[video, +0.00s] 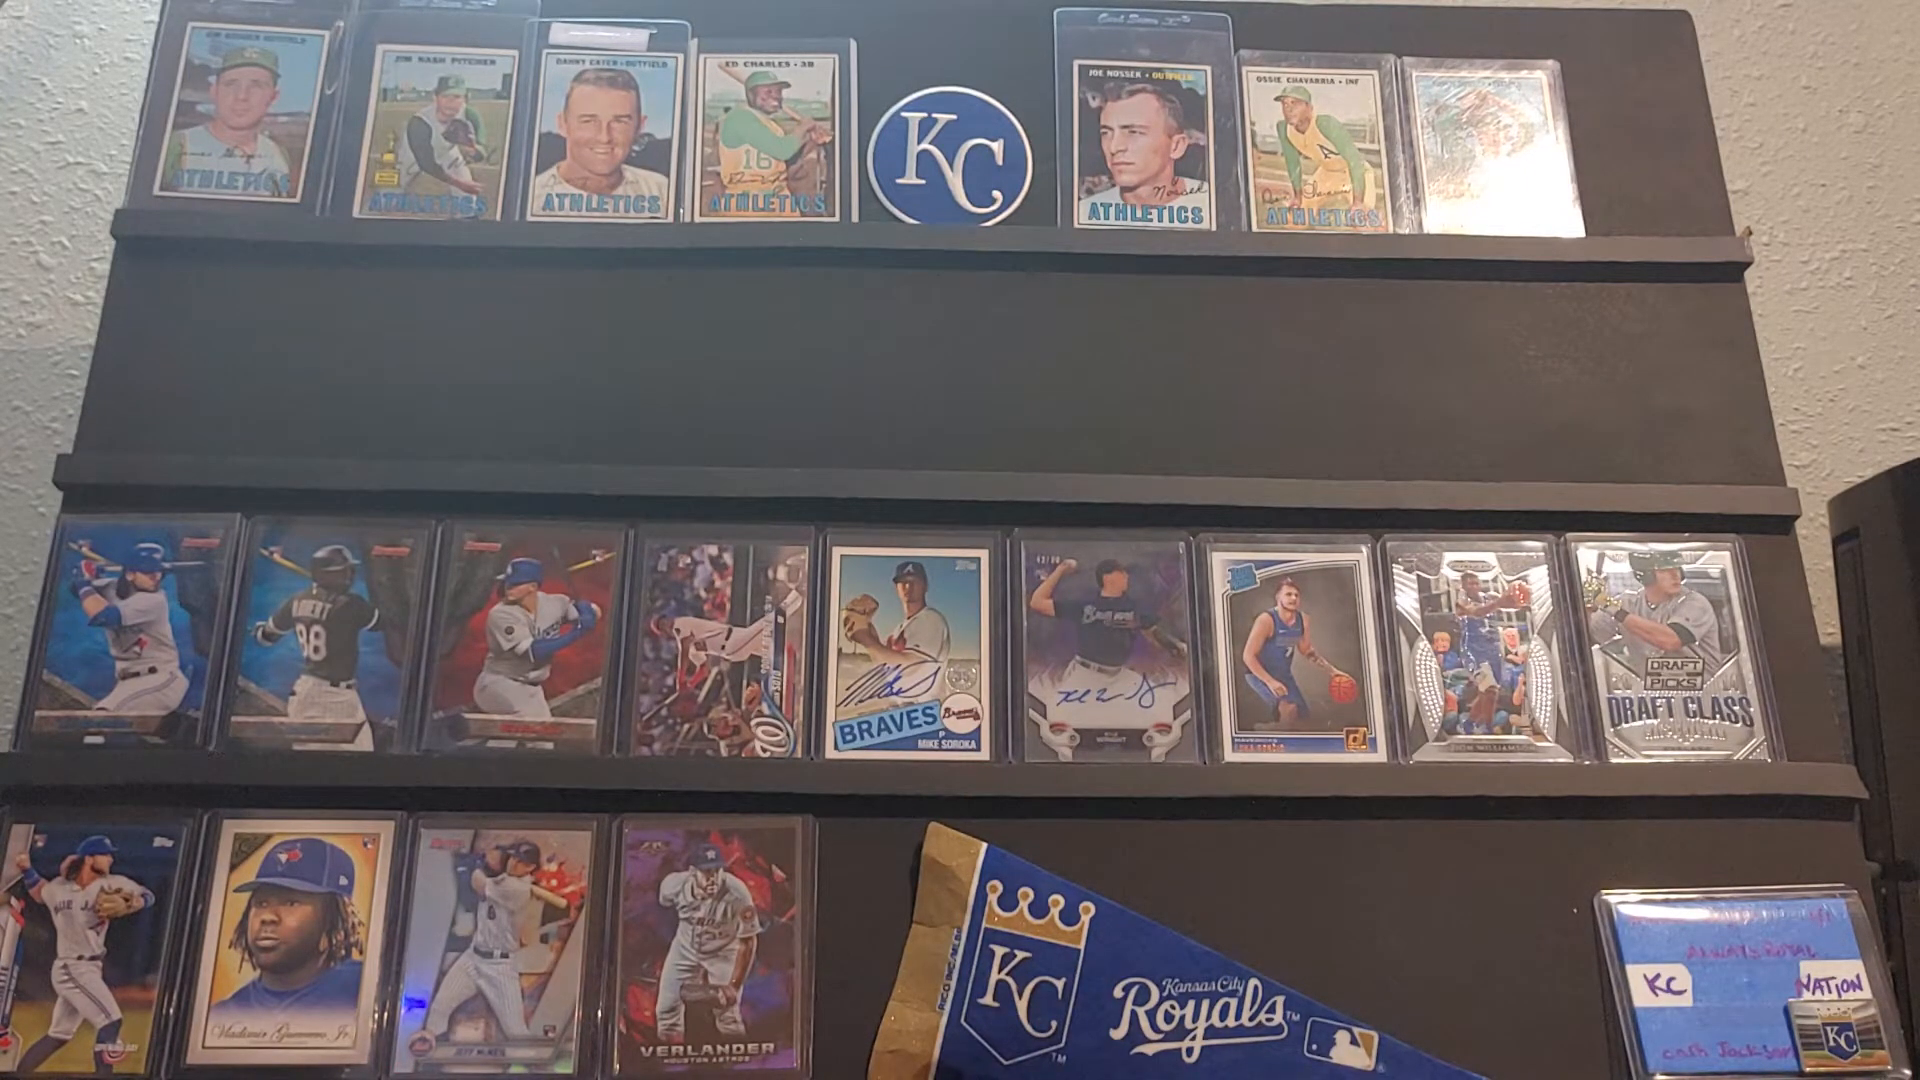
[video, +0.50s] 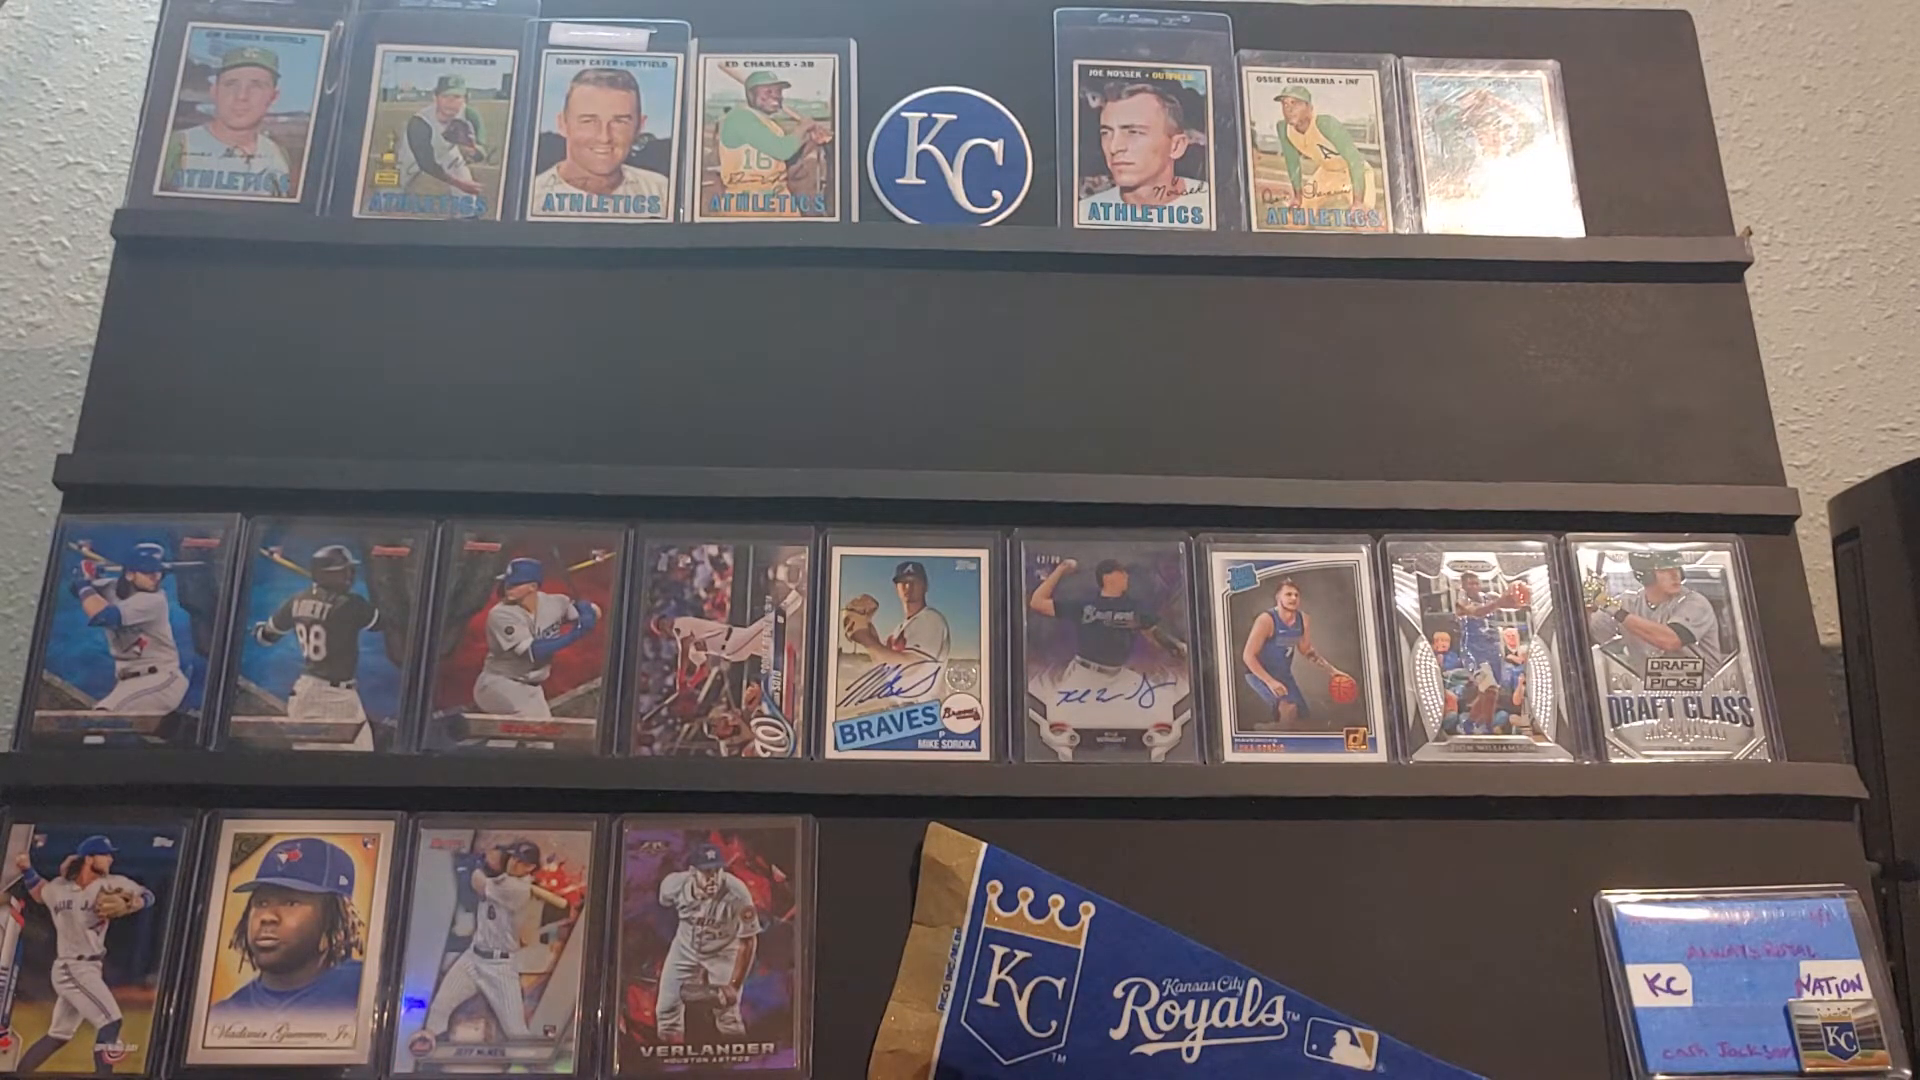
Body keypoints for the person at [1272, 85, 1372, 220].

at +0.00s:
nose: (1288, 109)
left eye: (1294, 103)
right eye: (1284, 104)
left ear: (1309, 107)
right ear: (1281, 108)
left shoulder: (1327, 124)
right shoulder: (1283, 128)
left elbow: (1355, 161)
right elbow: (1293, 163)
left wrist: (1358, 202)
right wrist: (1297, 197)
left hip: (1355, 172)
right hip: (1327, 172)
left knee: (1360, 219)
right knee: (1303, 208)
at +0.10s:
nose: (1288, 109)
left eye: (1294, 103)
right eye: (1285, 104)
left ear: (1308, 107)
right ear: (1281, 108)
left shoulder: (1327, 124)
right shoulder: (1283, 128)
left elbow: (1355, 161)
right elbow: (1293, 163)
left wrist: (1358, 202)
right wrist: (1297, 197)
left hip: (1355, 172)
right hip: (1327, 172)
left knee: (1360, 219)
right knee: (1302, 209)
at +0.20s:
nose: (1288, 109)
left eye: (1294, 103)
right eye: (1285, 104)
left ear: (1308, 107)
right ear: (1281, 108)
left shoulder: (1327, 124)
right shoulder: (1283, 128)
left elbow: (1355, 161)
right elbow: (1293, 163)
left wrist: (1358, 202)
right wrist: (1297, 197)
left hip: (1355, 172)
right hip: (1327, 172)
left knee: (1360, 219)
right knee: (1303, 208)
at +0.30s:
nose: (1288, 109)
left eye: (1294, 103)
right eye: (1284, 104)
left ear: (1309, 107)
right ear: (1281, 108)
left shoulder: (1327, 124)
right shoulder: (1283, 128)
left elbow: (1355, 161)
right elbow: (1293, 163)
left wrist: (1358, 202)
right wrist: (1297, 197)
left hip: (1355, 172)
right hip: (1327, 172)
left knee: (1360, 219)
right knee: (1303, 208)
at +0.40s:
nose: (1288, 109)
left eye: (1294, 103)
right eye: (1285, 104)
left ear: (1309, 107)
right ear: (1281, 108)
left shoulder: (1326, 124)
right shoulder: (1283, 128)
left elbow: (1355, 161)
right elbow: (1293, 163)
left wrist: (1358, 202)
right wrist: (1297, 197)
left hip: (1355, 172)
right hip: (1327, 172)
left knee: (1360, 218)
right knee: (1303, 208)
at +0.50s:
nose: (1288, 109)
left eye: (1294, 103)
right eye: (1285, 104)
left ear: (1309, 107)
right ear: (1281, 108)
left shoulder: (1326, 124)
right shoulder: (1283, 128)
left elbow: (1355, 161)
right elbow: (1293, 163)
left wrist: (1358, 202)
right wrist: (1298, 197)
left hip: (1355, 172)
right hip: (1327, 172)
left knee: (1360, 218)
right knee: (1302, 208)